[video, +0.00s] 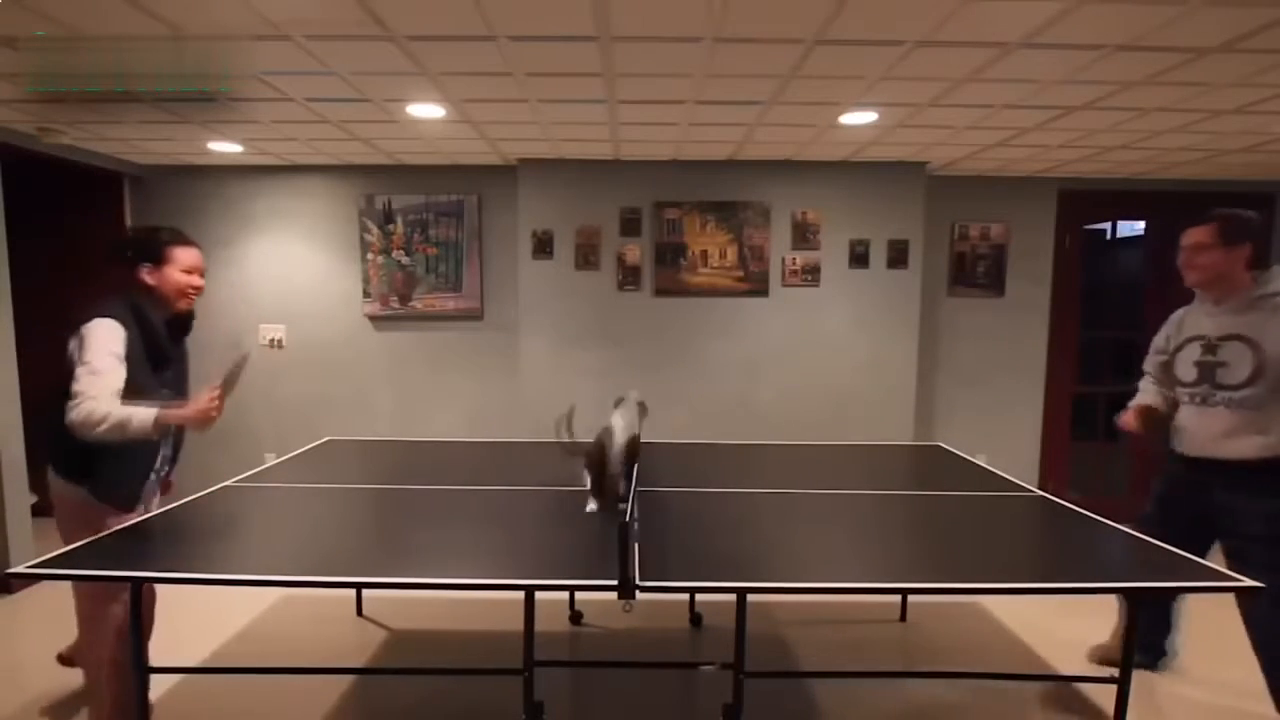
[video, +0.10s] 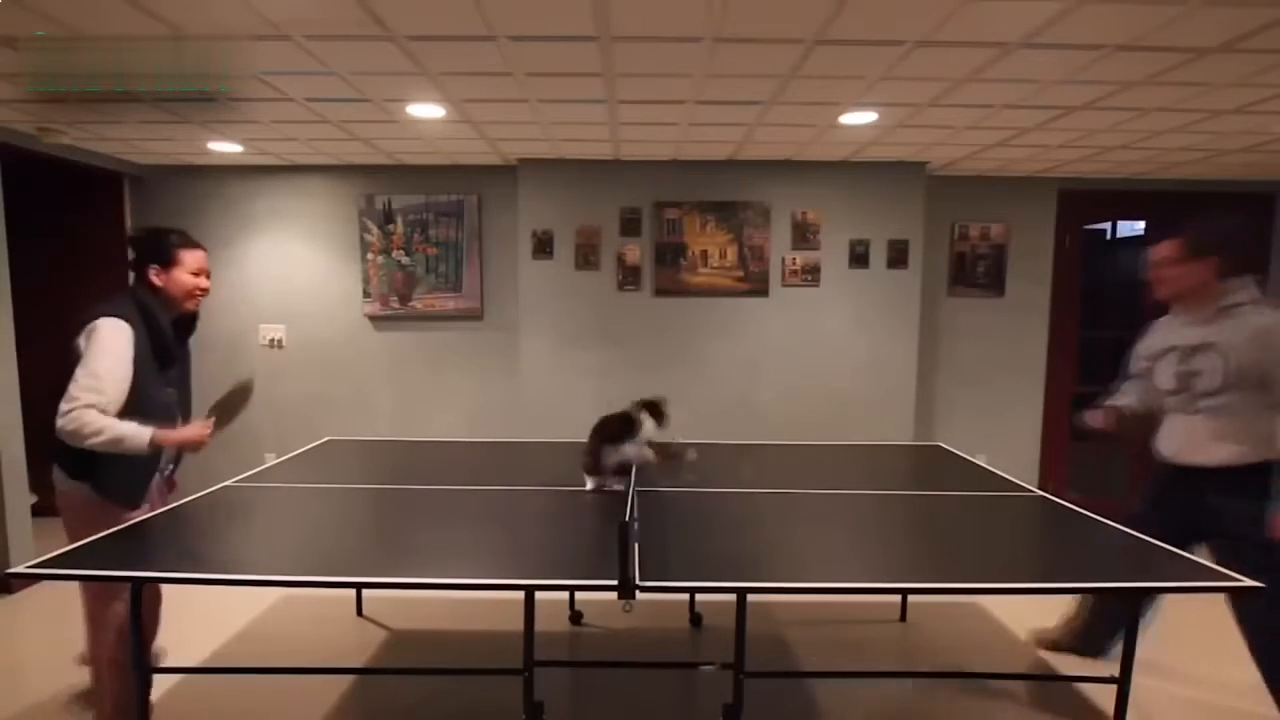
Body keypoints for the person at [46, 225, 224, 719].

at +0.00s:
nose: (198, 283)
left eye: (200, 273)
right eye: (187, 271)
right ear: (147, 274)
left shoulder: (169, 330)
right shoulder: (110, 328)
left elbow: (161, 410)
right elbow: (86, 413)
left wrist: (166, 469)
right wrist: (179, 415)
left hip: (136, 482)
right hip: (87, 487)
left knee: (137, 600)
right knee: (108, 614)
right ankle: (110, 712)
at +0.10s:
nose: (206, 284)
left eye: (207, 274)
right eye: (196, 273)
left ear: (168, 277)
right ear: (156, 275)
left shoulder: (170, 328)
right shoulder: (117, 329)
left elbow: (158, 407)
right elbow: (74, 420)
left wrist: (169, 468)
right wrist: (163, 436)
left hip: (142, 481)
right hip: (93, 488)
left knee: (145, 602)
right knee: (113, 612)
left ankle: (134, 702)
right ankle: (118, 709)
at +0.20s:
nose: (206, 288)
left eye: (206, 278)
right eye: (196, 278)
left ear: (169, 281)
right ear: (158, 279)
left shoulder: (170, 330)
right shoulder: (120, 332)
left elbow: (162, 408)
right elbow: (74, 421)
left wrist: (172, 468)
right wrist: (159, 441)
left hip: (146, 478)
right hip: (101, 486)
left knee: (156, 571)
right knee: (124, 608)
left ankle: (156, 644)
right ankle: (125, 710)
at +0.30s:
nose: (197, 289)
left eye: (198, 280)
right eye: (188, 279)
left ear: (170, 284)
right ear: (154, 280)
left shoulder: (167, 334)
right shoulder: (118, 333)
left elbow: (161, 404)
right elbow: (77, 415)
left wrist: (192, 415)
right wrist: (158, 431)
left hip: (157, 481)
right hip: (114, 488)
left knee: (164, 567)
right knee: (119, 593)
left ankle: (160, 647)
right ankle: (119, 702)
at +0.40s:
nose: (188, 287)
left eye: (189, 278)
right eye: (180, 278)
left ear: (168, 282)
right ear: (148, 278)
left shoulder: (162, 332)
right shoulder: (116, 330)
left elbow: (166, 396)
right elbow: (82, 408)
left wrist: (190, 407)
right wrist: (159, 420)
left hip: (160, 473)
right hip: (118, 478)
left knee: (164, 563)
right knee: (119, 587)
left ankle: (159, 644)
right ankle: (116, 705)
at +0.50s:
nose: (182, 282)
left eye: (184, 273)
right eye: (174, 272)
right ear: (143, 273)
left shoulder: (155, 327)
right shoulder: (114, 323)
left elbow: (159, 391)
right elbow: (81, 397)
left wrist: (182, 399)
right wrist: (157, 408)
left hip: (151, 465)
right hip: (113, 468)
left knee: (155, 554)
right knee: (122, 565)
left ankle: (159, 641)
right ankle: (105, 677)